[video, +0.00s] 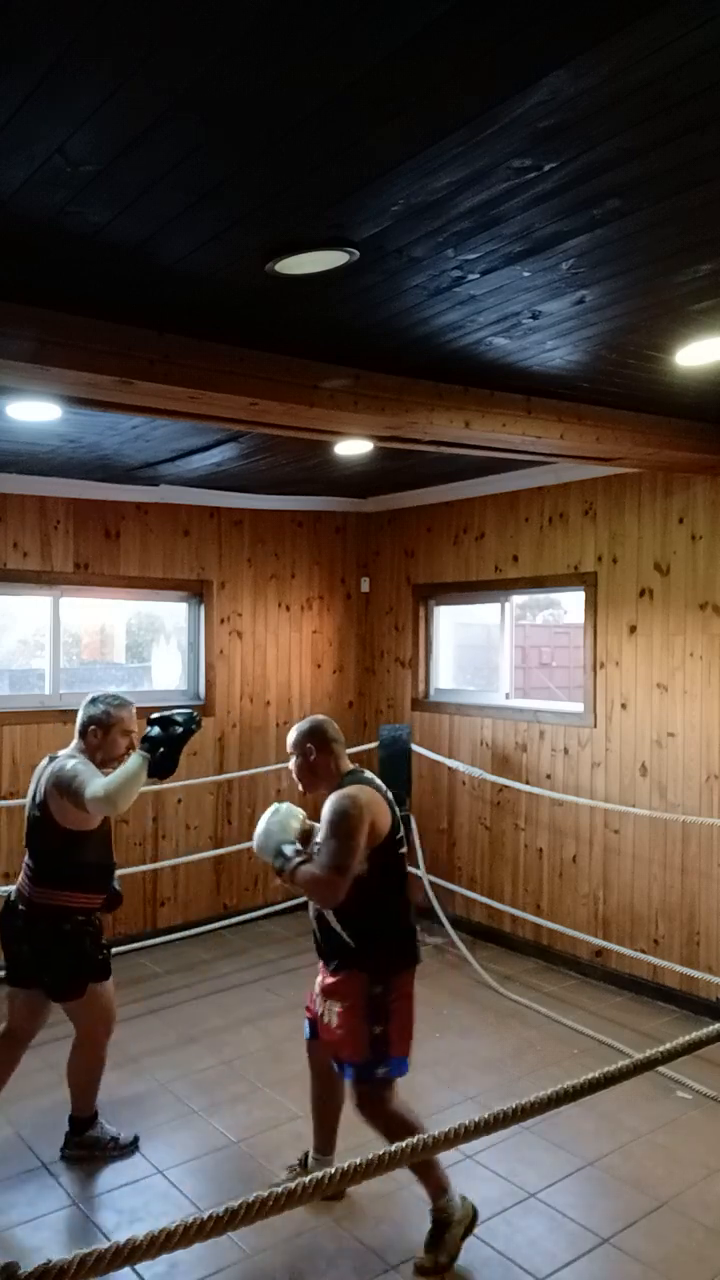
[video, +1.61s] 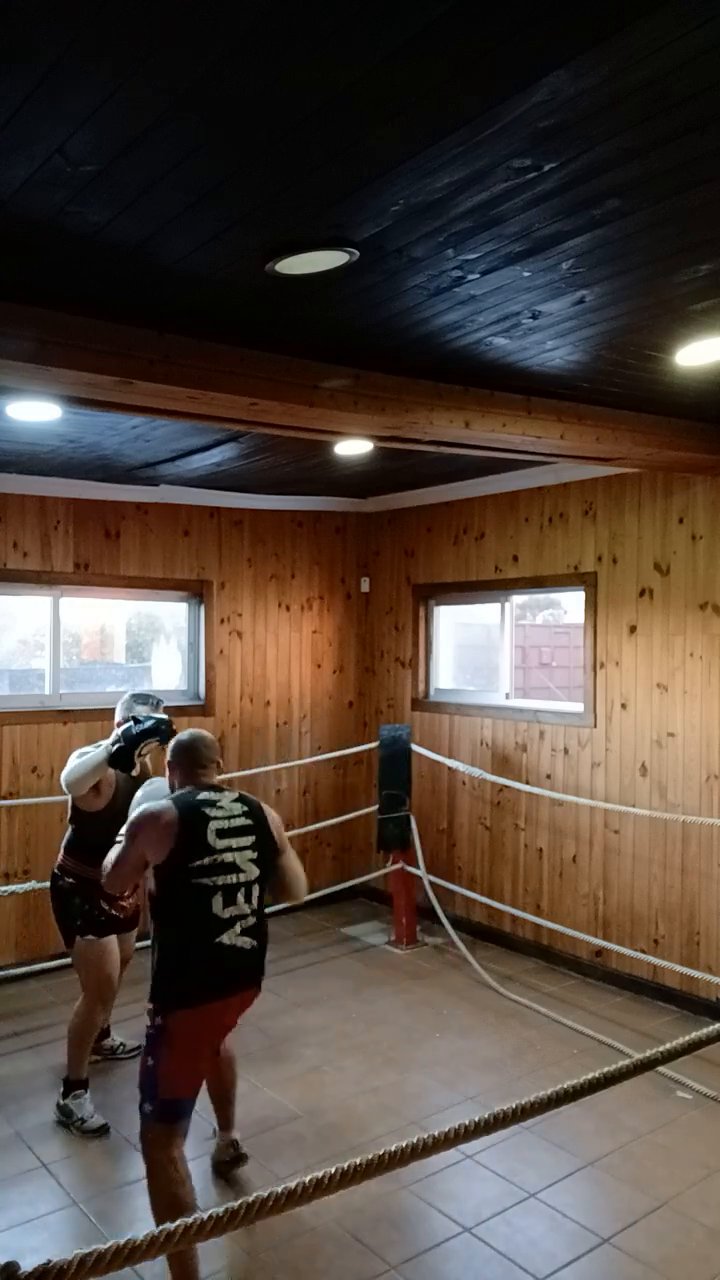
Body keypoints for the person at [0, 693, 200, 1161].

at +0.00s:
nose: (130, 747)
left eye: (133, 737)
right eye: (124, 736)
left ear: (90, 736)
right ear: (94, 733)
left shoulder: (58, 764)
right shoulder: (73, 768)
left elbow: (127, 787)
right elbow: (105, 799)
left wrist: (155, 760)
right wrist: (149, 751)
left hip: (32, 919)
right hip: (64, 926)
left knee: (19, 1028)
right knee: (97, 1023)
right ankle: (82, 1131)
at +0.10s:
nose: (142, 752)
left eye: (144, 742)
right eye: (136, 741)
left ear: (102, 739)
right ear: (106, 737)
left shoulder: (70, 763)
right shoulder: (81, 771)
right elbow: (111, 803)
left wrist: (160, 758)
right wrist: (155, 755)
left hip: (38, 911)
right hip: (71, 922)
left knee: (43, 1012)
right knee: (105, 1020)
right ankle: (84, 1131)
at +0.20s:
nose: (149, 751)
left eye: (151, 741)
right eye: (144, 741)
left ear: (113, 737)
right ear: (113, 736)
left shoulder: (92, 760)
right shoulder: (86, 768)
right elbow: (109, 801)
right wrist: (156, 755)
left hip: (54, 904)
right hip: (70, 914)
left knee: (64, 993)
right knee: (103, 1017)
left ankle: (2, 1072)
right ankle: (83, 1130)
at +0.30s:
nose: (149, 747)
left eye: (152, 738)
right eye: (142, 737)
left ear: (121, 733)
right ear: (114, 731)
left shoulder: (107, 758)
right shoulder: (87, 763)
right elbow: (108, 796)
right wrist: (152, 753)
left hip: (67, 899)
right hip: (72, 907)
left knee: (64, 987)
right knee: (103, 1013)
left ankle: (20, 1070)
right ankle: (83, 1128)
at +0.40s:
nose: (148, 752)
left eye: (150, 745)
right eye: (148, 743)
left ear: (107, 723)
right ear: (130, 735)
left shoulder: (106, 767)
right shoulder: (83, 766)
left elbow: (105, 840)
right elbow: (89, 792)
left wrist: (127, 874)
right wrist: (114, 736)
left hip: (70, 902)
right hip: (75, 911)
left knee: (67, 986)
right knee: (107, 1014)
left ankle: (48, 1060)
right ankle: (84, 1129)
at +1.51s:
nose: (146, 739)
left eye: (152, 731)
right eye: (139, 727)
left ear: (156, 737)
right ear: (120, 725)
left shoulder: (144, 775)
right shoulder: (91, 761)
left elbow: (146, 825)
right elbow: (73, 788)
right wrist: (118, 748)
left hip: (121, 882)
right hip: (77, 884)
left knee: (117, 965)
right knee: (102, 988)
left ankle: (100, 1037)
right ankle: (69, 1094)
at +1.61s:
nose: (152, 740)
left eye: (157, 733)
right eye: (146, 730)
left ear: (158, 736)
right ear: (124, 727)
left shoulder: (153, 772)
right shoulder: (95, 762)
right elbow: (71, 784)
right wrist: (116, 743)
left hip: (125, 879)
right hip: (80, 881)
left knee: (118, 963)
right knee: (101, 989)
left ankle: (98, 1037)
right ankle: (72, 1094)